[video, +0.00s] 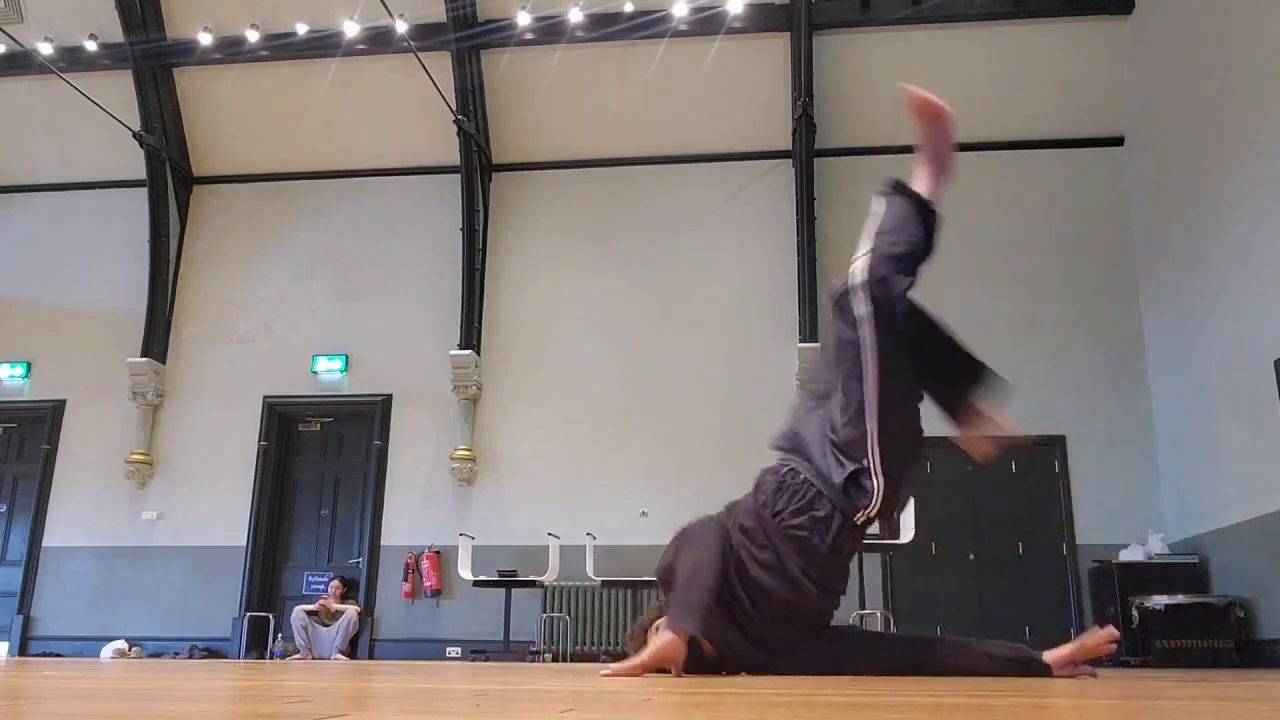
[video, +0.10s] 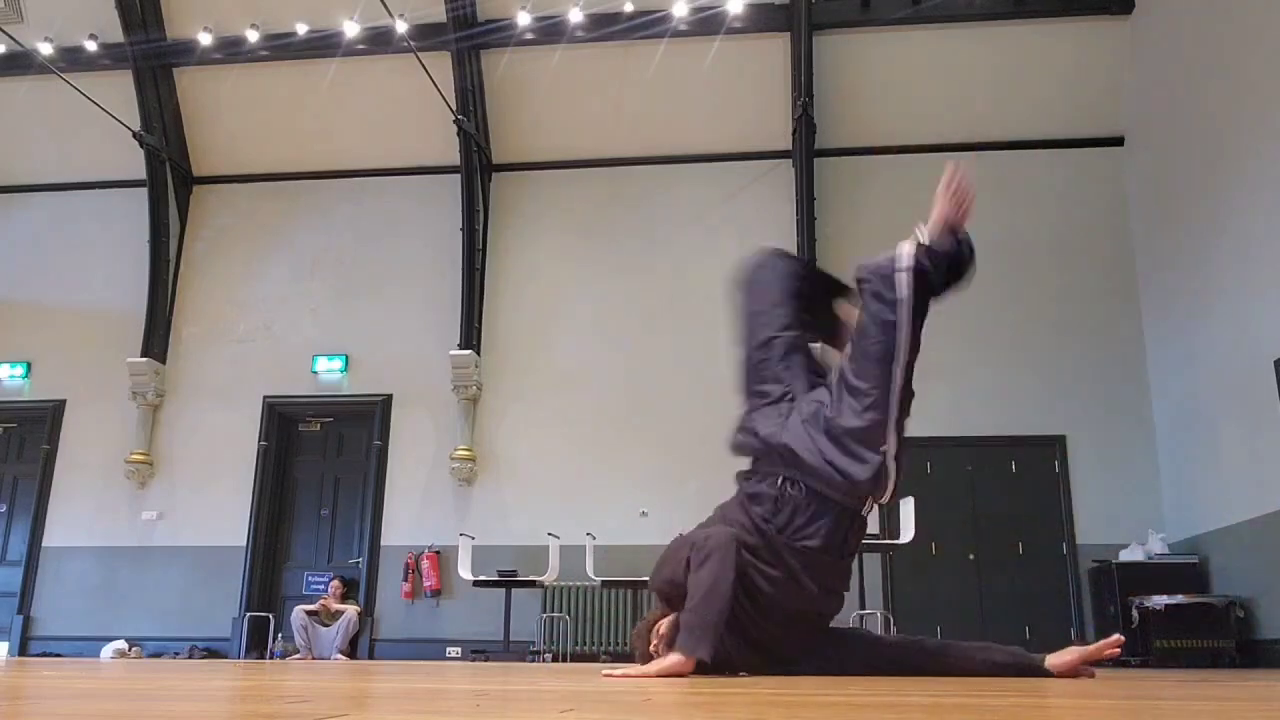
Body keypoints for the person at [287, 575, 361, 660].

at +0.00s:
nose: (333, 591)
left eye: (337, 588)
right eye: (331, 588)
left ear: (343, 590)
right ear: (328, 589)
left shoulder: (349, 602)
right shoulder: (323, 602)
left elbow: (357, 610)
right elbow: (297, 608)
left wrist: (333, 606)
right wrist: (315, 607)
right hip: (316, 636)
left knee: (352, 614)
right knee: (297, 612)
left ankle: (336, 653)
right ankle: (304, 653)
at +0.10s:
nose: (333, 591)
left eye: (337, 588)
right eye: (331, 588)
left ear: (343, 590)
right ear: (328, 589)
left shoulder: (349, 602)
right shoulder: (323, 601)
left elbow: (357, 610)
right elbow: (297, 608)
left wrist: (334, 606)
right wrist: (315, 607)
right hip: (316, 636)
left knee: (352, 614)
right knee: (297, 612)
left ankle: (336, 653)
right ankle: (304, 653)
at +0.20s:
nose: (333, 591)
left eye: (337, 589)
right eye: (331, 588)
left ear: (344, 590)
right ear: (328, 589)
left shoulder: (348, 603)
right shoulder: (323, 602)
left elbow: (357, 610)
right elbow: (297, 608)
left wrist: (334, 606)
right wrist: (315, 607)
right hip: (316, 636)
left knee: (352, 614)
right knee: (297, 612)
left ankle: (336, 653)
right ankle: (304, 653)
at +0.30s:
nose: (333, 591)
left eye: (337, 589)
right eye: (331, 588)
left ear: (343, 590)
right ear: (328, 589)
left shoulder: (348, 603)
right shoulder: (323, 602)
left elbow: (357, 610)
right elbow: (297, 608)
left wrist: (334, 606)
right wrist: (315, 607)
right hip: (315, 636)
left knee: (352, 614)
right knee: (297, 612)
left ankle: (336, 653)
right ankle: (304, 653)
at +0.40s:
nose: (333, 591)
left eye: (337, 589)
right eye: (331, 588)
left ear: (343, 590)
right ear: (328, 589)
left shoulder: (348, 603)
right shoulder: (323, 602)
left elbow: (357, 610)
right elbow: (297, 609)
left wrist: (334, 606)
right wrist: (315, 607)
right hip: (315, 636)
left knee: (352, 614)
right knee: (297, 612)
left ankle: (336, 653)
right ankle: (304, 653)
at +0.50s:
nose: (333, 591)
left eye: (337, 589)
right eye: (331, 588)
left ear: (343, 590)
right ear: (328, 589)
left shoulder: (348, 603)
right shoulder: (323, 602)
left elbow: (357, 610)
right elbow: (297, 609)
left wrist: (334, 606)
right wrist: (315, 607)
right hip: (315, 636)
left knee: (352, 614)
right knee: (297, 612)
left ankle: (336, 653)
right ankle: (304, 653)